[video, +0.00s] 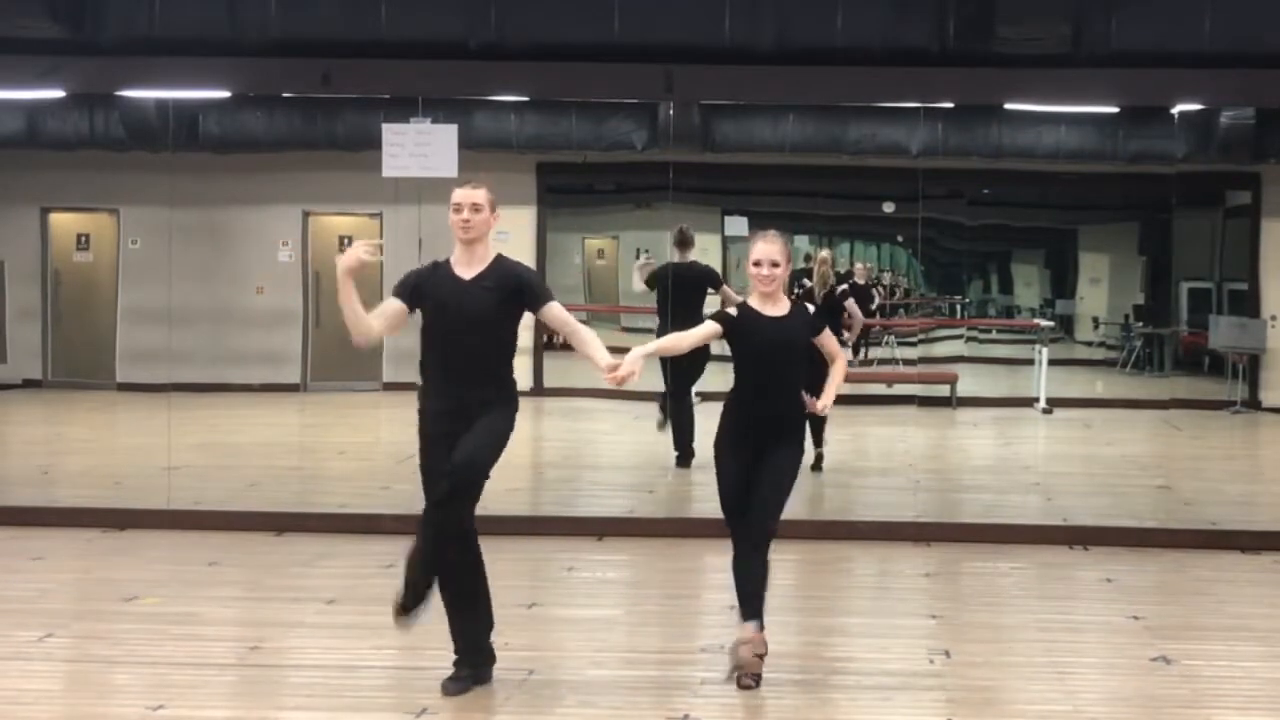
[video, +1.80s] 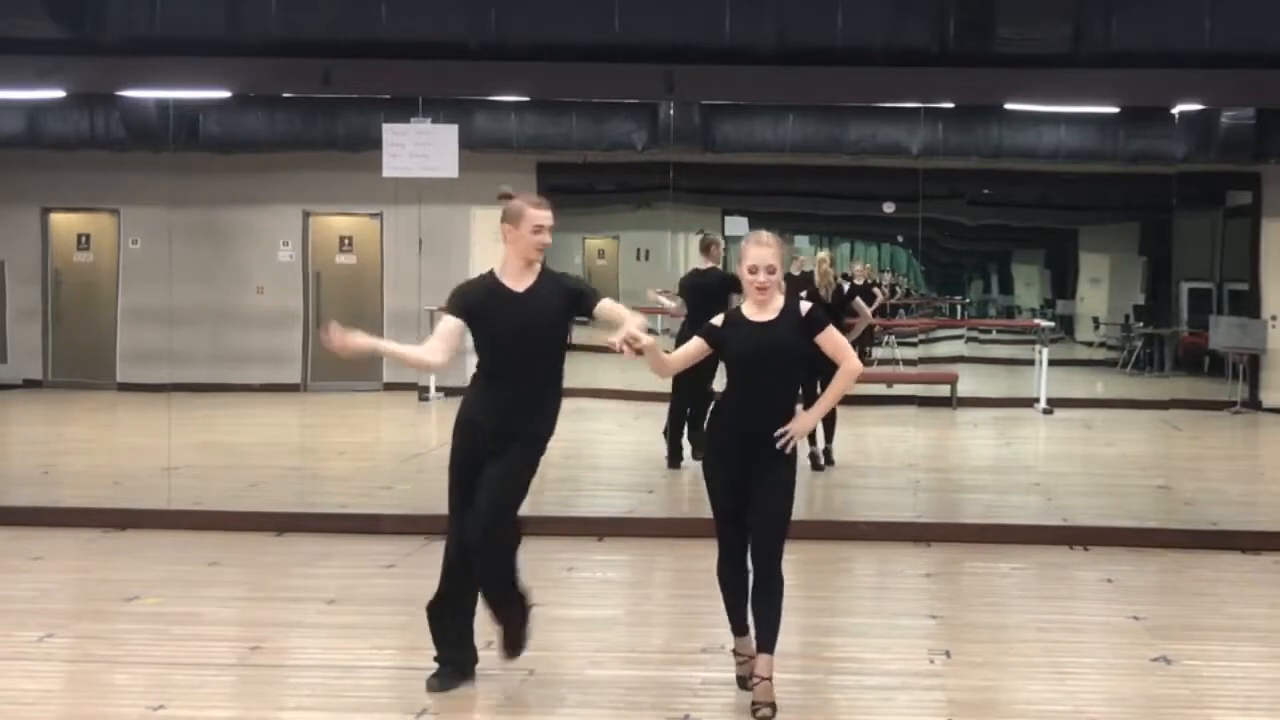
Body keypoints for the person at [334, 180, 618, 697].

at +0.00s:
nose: (464, 216)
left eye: (474, 208)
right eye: (457, 208)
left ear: (494, 218)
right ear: (447, 218)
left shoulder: (516, 277)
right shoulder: (426, 278)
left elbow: (572, 328)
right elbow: (366, 332)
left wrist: (605, 362)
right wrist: (344, 276)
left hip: (492, 408)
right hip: (438, 411)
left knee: (461, 476)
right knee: (450, 524)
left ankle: (418, 577)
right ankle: (474, 655)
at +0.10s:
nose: (469, 219)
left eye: (479, 212)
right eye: (461, 211)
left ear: (497, 221)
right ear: (450, 220)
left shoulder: (518, 280)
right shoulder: (431, 283)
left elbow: (575, 329)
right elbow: (426, 354)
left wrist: (606, 362)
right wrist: (374, 341)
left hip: (484, 410)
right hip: (436, 408)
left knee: (450, 514)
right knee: (439, 524)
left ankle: (449, 645)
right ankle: (472, 655)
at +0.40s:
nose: (477, 233)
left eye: (486, 225)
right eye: (469, 225)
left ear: (504, 234)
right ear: (459, 234)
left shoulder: (523, 300)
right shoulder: (433, 291)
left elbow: (574, 349)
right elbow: (358, 320)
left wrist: (615, 370)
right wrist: (291, 356)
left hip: (501, 435)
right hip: (451, 434)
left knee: (472, 537)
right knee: (449, 536)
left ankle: (473, 643)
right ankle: (474, 652)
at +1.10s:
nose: (468, 234)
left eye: (478, 226)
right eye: (460, 226)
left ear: (498, 233)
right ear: (451, 232)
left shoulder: (513, 305)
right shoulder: (425, 283)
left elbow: (560, 362)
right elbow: (341, 284)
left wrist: (604, 389)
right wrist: (264, 279)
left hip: (507, 446)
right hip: (451, 444)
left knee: (485, 562)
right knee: (444, 559)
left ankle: (446, 687)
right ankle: (476, 644)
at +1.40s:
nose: (469, 238)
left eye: (480, 229)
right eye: (461, 230)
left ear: (502, 235)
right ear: (454, 236)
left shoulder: (521, 305)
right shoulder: (433, 275)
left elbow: (571, 365)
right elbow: (355, 242)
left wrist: (618, 409)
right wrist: (277, 218)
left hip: (501, 448)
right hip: (444, 443)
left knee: (481, 574)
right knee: (433, 572)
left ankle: (445, 698)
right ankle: (459, 648)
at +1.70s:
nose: (513, 234)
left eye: (522, 226)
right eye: (503, 225)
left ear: (533, 232)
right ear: (485, 231)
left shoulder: (552, 293)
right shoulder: (460, 288)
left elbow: (610, 335)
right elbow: (387, 323)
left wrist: (623, 355)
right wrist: (334, 283)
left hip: (512, 437)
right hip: (459, 429)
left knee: (478, 544)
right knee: (450, 544)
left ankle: (460, 671)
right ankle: (452, 652)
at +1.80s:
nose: (546, 239)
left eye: (549, 232)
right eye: (537, 231)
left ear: (549, 235)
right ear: (508, 232)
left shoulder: (563, 291)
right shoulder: (473, 295)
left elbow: (630, 321)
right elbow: (434, 356)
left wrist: (629, 334)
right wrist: (367, 343)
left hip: (528, 432)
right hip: (476, 427)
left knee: (485, 529)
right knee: (463, 538)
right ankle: (455, 658)